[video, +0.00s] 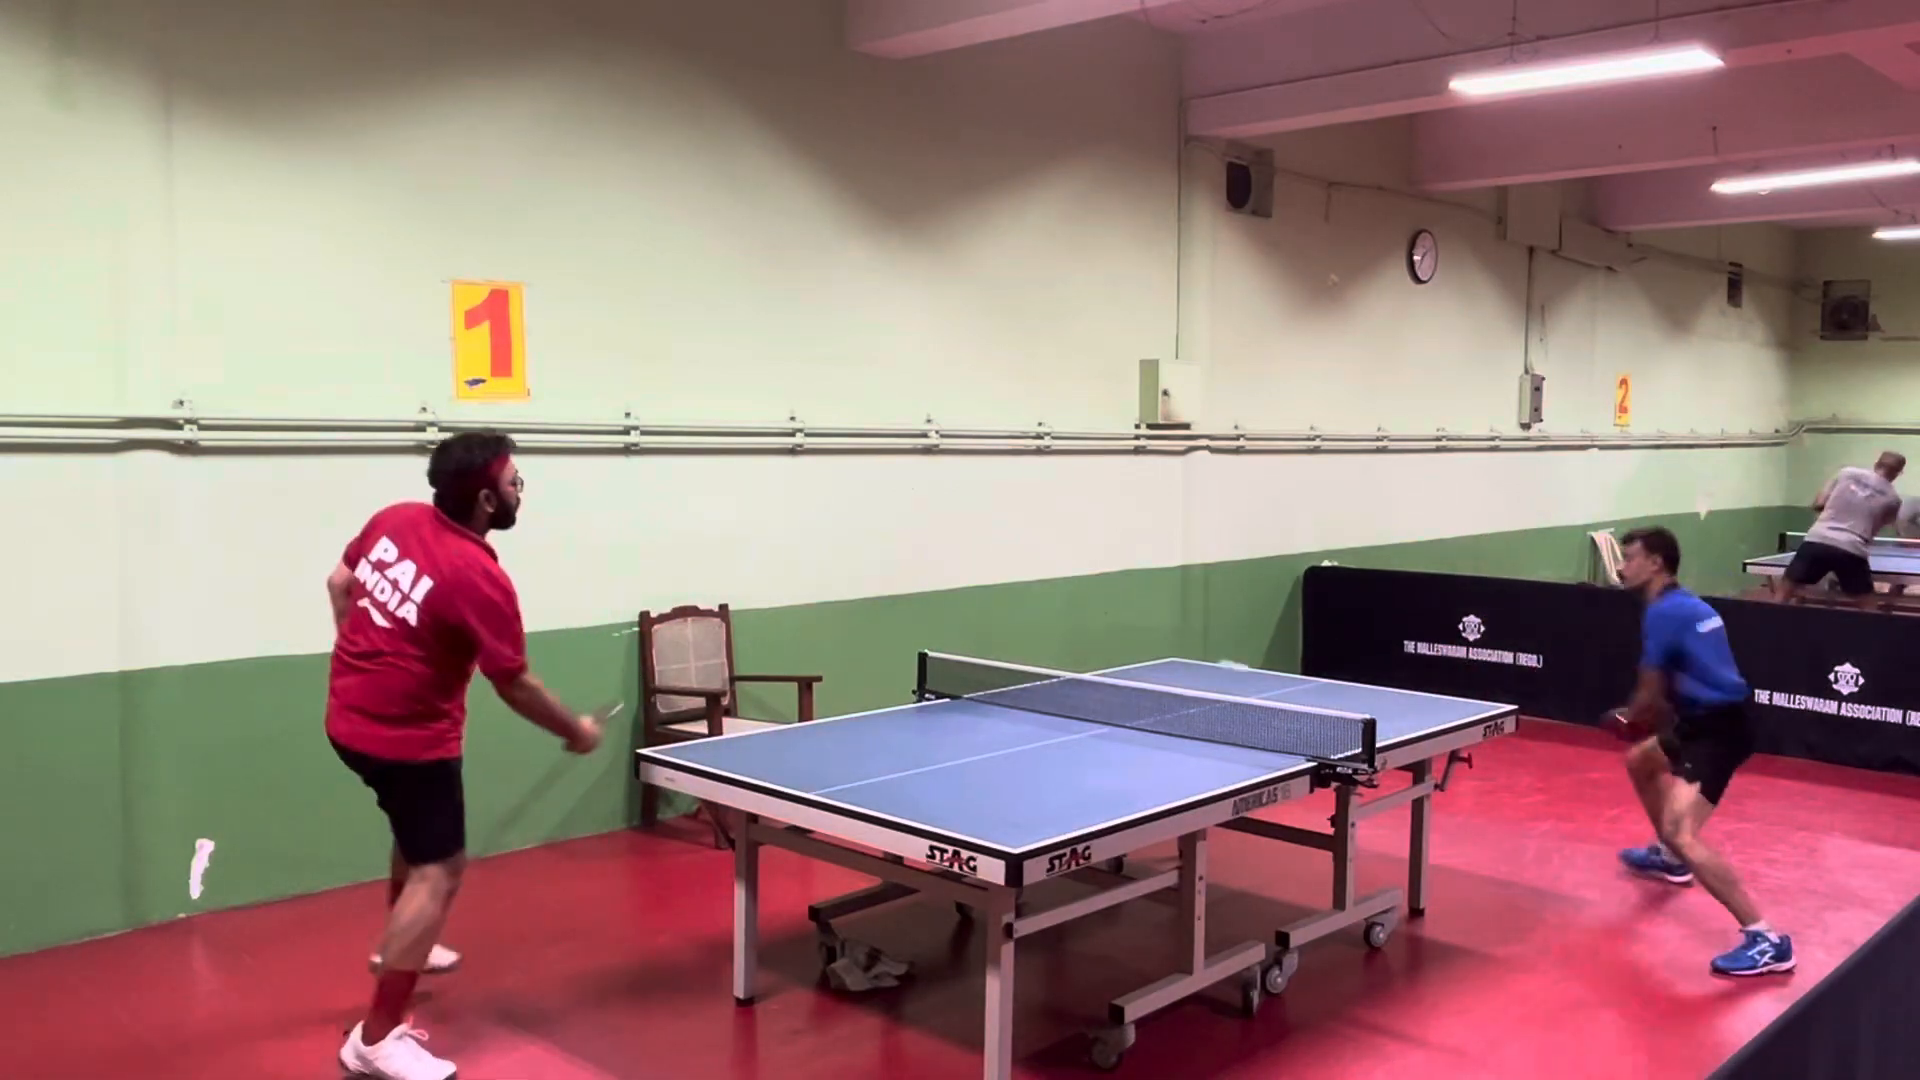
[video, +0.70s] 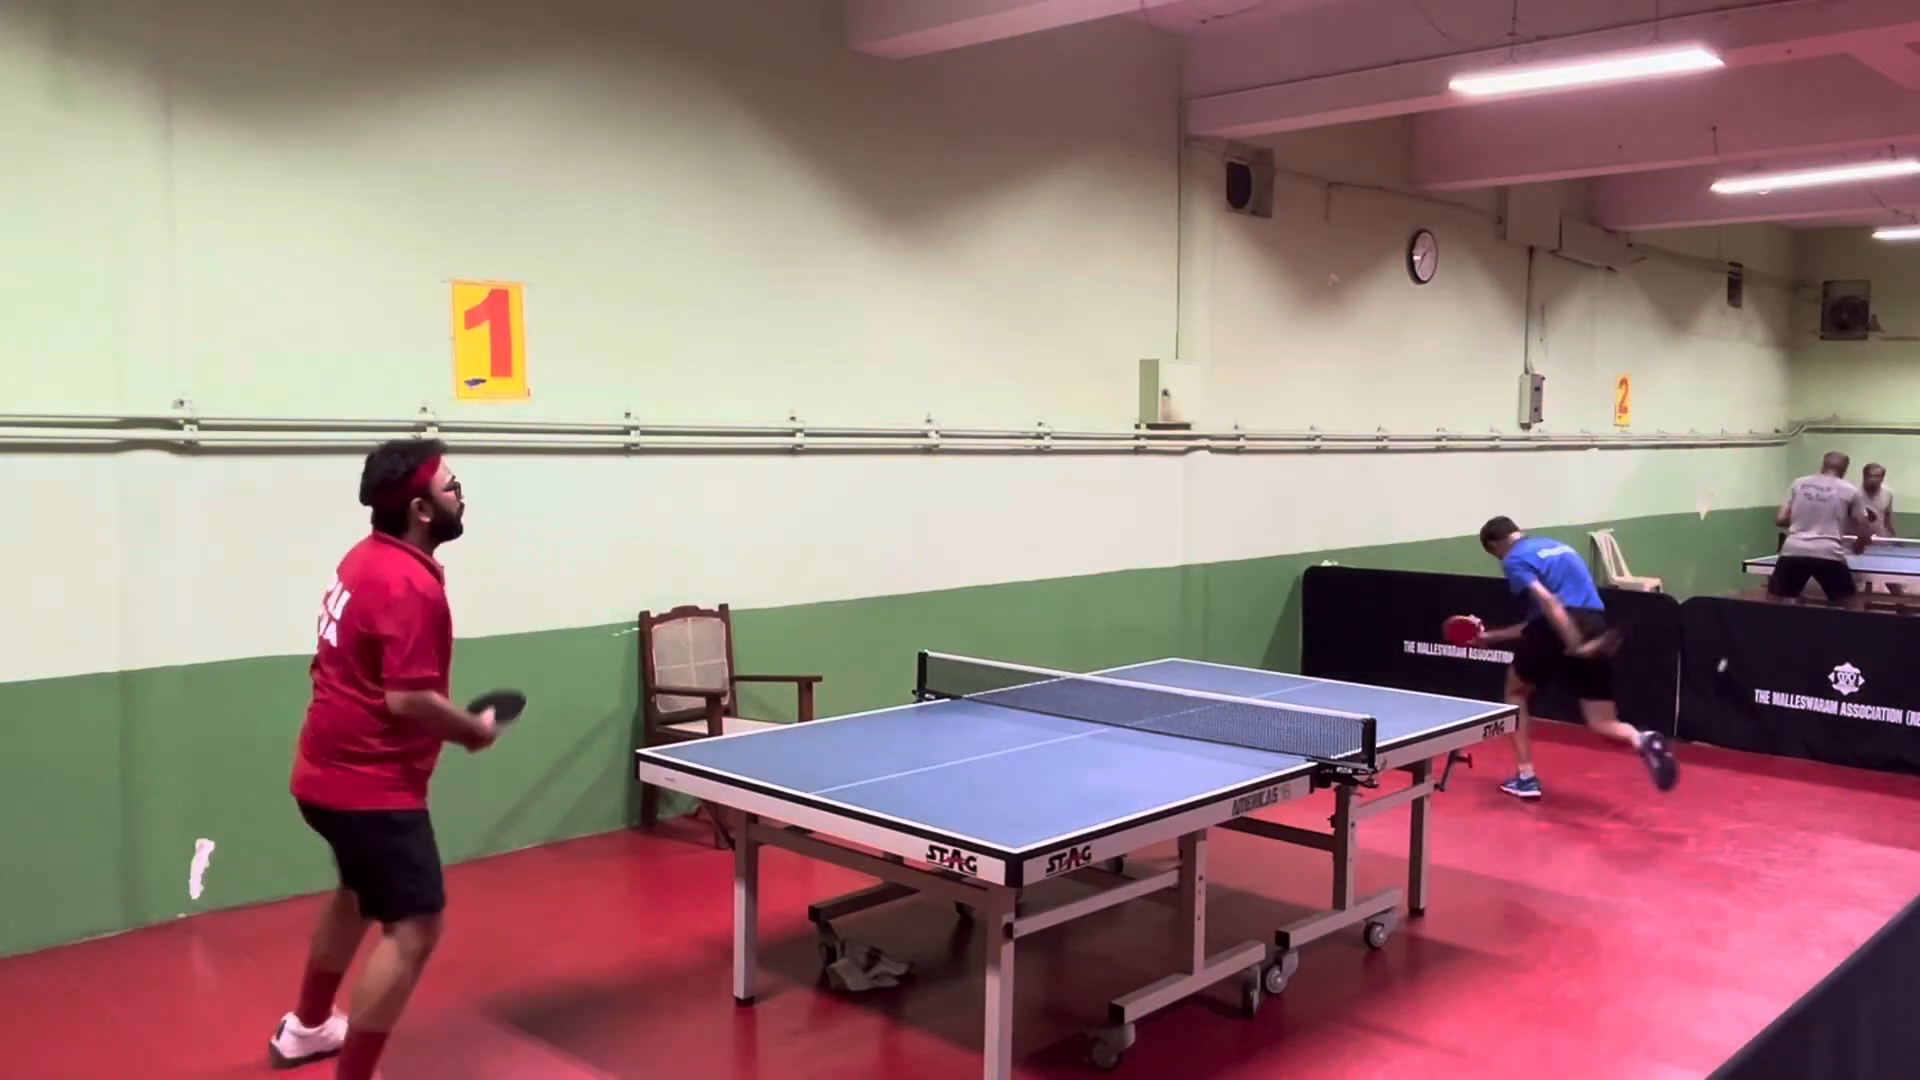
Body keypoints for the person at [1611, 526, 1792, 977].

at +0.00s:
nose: (1622, 566)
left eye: (1629, 558)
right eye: (1624, 558)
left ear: (1656, 565)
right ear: (1659, 567)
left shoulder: (1662, 612)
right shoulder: (1689, 603)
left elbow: (1650, 694)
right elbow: (1684, 681)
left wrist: (1630, 718)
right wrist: (1649, 718)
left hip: (1720, 723)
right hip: (1710, 717)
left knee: (1679, 833)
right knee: (1641, 763)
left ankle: (1763, 937)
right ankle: (1672, 856)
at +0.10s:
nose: (1607, 568)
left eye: (1612, 561)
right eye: (1608, 561)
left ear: (1634, 564)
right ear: (1648, 567)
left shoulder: (1626, 599)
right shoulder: (1678, 600)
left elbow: (1601, 674)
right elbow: (1677, 656)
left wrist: (1583, 685)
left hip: (1696, 705)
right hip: (1723, 699)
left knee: (1687, 821)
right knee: (1649, 752)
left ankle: (1759, 928)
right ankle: (1686, 855)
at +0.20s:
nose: (1592, 567)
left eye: (1595, 560)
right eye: (1593, 560)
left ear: (1608, 561)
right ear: (1630, 562)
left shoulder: (1609, 583)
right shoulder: (1650, 585)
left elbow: (1596, 647)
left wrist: (1561, 680)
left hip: (1680, 668)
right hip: (1701, 669)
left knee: (1689, 773)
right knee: (1658, 747)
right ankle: (1684, 850)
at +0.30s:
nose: (1571, 562)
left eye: (1572, 554)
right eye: (1570, 555)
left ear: (1582, 550)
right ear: (1608, 549)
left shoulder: (1593, 567)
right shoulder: (1630, 570)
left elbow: (1591, 616)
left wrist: (1573, 675)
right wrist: (1575, 613)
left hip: (1655, 641)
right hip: (1692, 646)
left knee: (1633, 744)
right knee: (1665, 746)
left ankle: (1683, 839)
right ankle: (1685, 840)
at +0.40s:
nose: (1549, 550)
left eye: (1546, 542)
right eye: (1546, 544)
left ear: (1554, 531)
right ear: (1576, 525)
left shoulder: (1569, 542)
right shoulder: (1603, 539)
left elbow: (1589, 584)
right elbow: (1564, 590)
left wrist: (1601, 634)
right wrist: (1512, 599)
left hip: (1630, 610)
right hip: (1670, 616)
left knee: (1587, 711)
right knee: (1665, 729)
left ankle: (1625, 802)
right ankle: (1680, 829)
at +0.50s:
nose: (1528, 545)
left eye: (1524, 539)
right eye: (1523, 541)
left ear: (1528, 527)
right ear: (1549, 514)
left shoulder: (1549, 532)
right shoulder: (1579, 530)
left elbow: (1591, 559)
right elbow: (1535, 591)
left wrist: (1619, 599)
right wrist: (1481, 606)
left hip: (1602, 607)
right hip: (1646, 604)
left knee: (1562, 695)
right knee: (1648, 704)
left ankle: (1563, 789)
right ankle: (1679, 794)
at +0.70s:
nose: (1498, 558)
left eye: (1493, 552)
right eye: (1495, 553)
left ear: (1495, 545)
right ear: (1517, 531)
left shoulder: (1515, 559)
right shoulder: (1553, 545)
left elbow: (1549, 601)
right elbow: (1538, 620)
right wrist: (1489, 637)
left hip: (1555, 626)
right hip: (1595, 624)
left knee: (1516, 692)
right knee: (1601, 720)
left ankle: (1525, 776)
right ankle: (1642, 740)